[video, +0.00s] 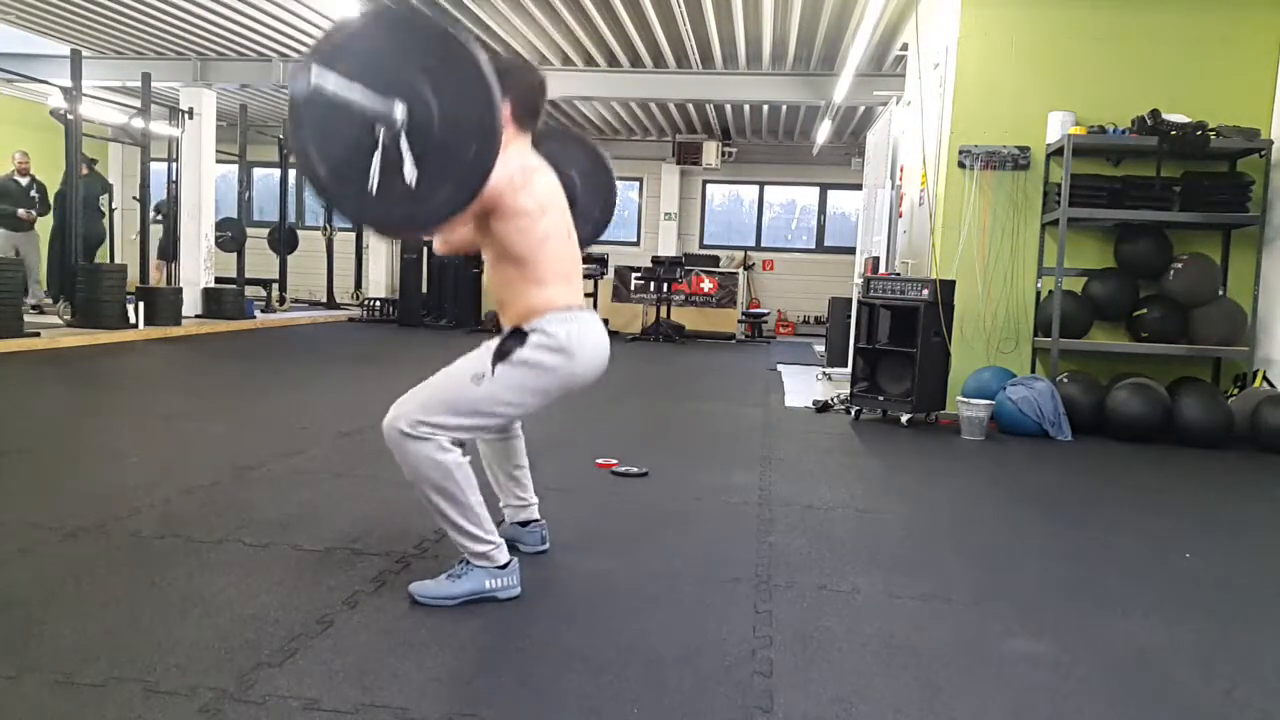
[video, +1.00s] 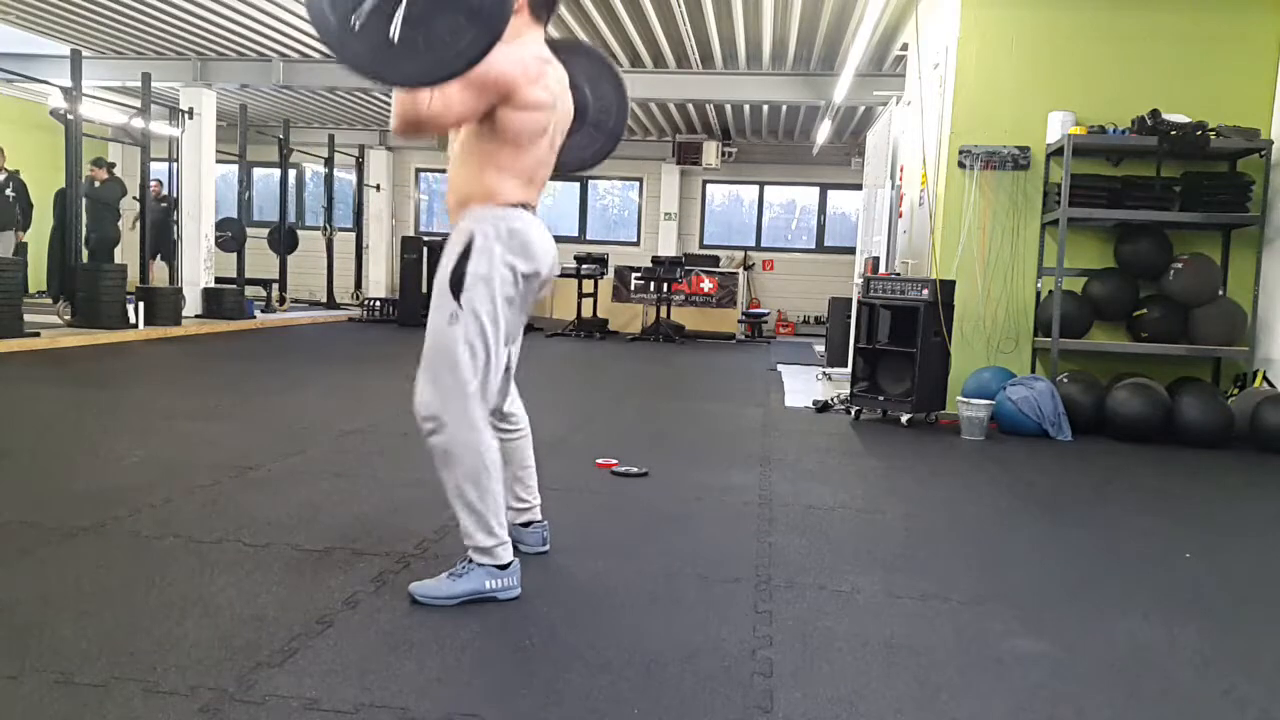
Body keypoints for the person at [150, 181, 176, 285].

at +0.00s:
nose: (171, 192)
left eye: (174, 189)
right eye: (169, 189)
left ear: (177, 190)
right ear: (166, 190)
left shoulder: (181, 203)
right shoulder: (161, 204)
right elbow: (152, 219)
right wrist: (164, 222)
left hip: (179, 237)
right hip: (166, 236)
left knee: (178, 264)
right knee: (160, 264)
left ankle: (177, 289)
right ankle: (153, 288)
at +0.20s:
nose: (174, 191)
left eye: (175, 189)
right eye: (172, 189)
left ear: (178, 190)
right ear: (169, 190)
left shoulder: (182, 203)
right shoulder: (164, 203)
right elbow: (160, 217)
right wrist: (162, 229)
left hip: (179, 235)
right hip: (167, 234)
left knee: (177, 263)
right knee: (160, 263)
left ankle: (178, 287)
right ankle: (153, 287)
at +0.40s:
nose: (173, 191)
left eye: (175, 188)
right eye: (171, 188)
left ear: (179, 189)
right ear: (168, 189)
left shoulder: (181, 203)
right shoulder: (164, 202)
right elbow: (161, 214)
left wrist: (166, 216)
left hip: (179, 232)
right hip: (168, 232)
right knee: (159, 262)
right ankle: (153, 289)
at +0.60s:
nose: (168, 191)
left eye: (171, 188)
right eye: (166, 188)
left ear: (176, 190)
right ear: (163, 190)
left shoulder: (179, 204)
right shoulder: (158, 204)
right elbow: (154, 221)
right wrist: (153, 236)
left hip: (177, 236)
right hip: (163, 236)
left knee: (175, 264)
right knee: (156, 264)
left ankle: (175, 288)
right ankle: (153, 287)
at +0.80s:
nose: (160, 190)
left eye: (162, 187)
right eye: (158, 188)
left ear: (168, 189)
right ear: (156, 189)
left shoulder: (175, 202)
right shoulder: (153, 202)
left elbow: (180, 218)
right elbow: (144, 219)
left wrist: (180, 235)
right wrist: (136, 235)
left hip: (172, 235)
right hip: (157, 235)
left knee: (174, 264)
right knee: (152, 261)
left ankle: (174, 286)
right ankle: (149, 287)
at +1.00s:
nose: (153, 189)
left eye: (155, 186)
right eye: (151, 187)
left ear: (161, 188)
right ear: (149, 188)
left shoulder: (169, 200)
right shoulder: (148, 201)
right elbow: (141, 212)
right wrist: (134, 221)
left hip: (166, 235)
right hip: (151, 234)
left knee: (169, 261)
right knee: (149, 260)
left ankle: (172, 284)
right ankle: (149, 283)